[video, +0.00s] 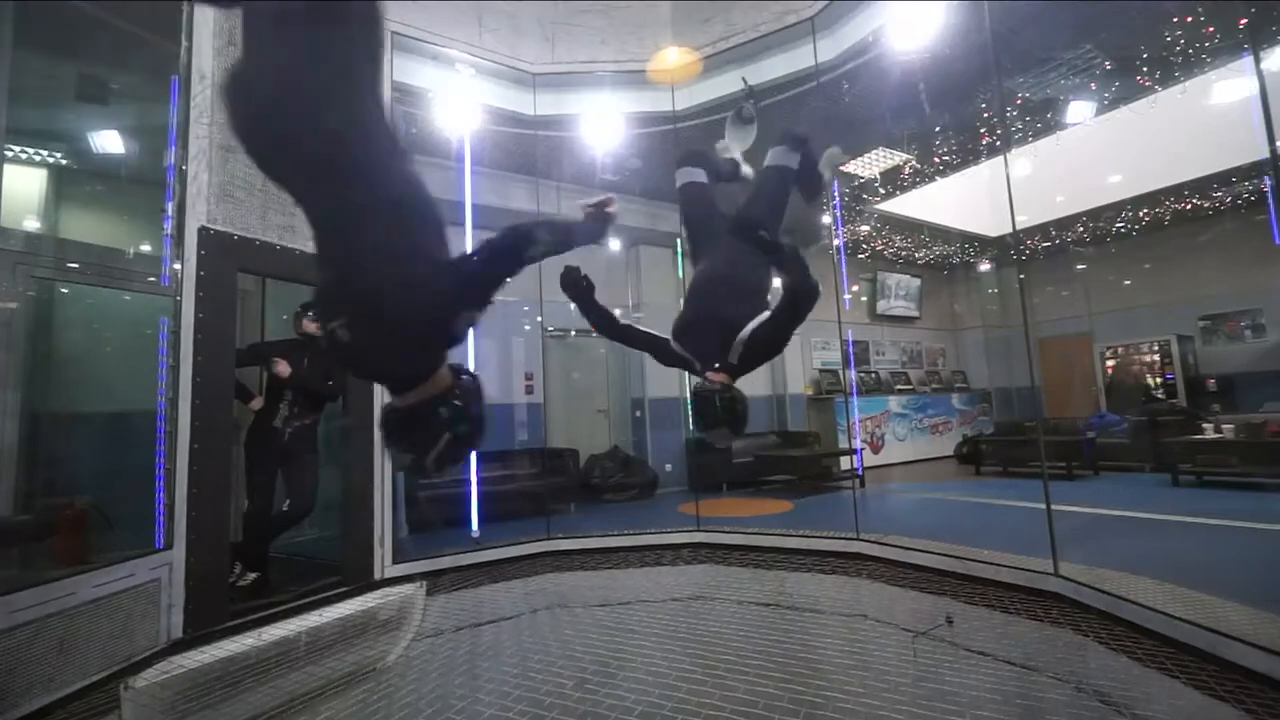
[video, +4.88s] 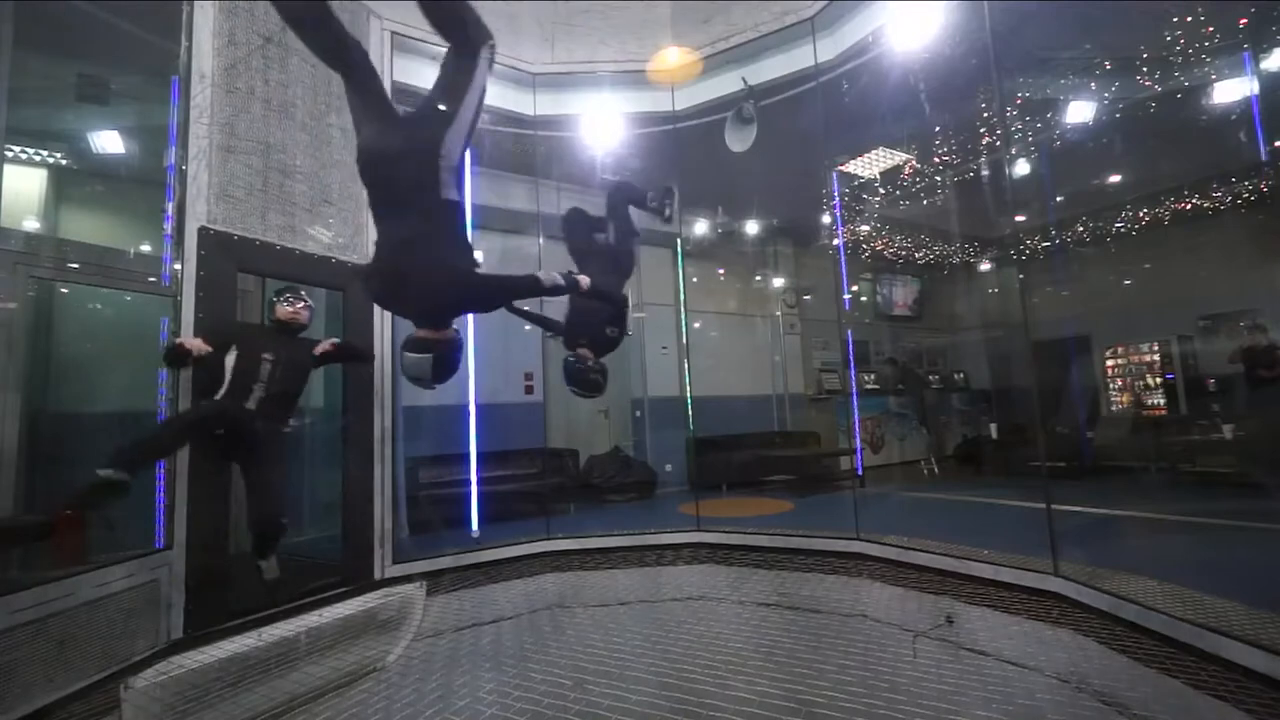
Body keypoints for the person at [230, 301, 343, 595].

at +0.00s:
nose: (311, 325)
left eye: (317, 320)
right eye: (307, 319)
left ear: (326, 325)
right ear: (298, 321)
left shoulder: (332, 356)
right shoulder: (280, 349)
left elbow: (333, 391)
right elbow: (224, 362)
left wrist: (292, 375)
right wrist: (249, 398)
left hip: (302, 440)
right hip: (264, 436)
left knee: (303, 505)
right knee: (260, 505)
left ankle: (242, 551)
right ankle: (255, 570)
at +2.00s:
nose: (323, 323)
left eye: (327, 319)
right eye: (315, 318)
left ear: (331, 325)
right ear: (300, 323)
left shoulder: (333, 357)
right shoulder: (279, 349)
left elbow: (332, 391)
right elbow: (223, 361)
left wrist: (291, 375)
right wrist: (248, 397)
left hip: (302, 440)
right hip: (264, 436)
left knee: (302, 505)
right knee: (259, 506)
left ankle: (242, 554)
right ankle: (255, 571)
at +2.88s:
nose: (319, 314)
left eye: (322, 309)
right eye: (314, 309)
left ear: (328, 313)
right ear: (302, 311)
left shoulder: (332, 346)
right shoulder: (274, 343)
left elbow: (341, 390)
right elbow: (256, 380)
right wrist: (297, 363)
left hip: (316, 439)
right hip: (281, 438)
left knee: (301, 506)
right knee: (272, 506)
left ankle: (286, 574)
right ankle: (258, 571)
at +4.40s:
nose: (315, 310)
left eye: (319, 306)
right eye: (307, 305)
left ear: (323, 313)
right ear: (290, 310)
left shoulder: (319, 351)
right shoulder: (266, 338)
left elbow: (352, 379)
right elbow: (235, 362)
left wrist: (354, 357)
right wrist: (279, 360)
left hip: (301, 437)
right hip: (265, 431)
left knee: (299, 506)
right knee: (229, 465)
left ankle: (283, 573)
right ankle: (236, 539)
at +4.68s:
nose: (310, 317)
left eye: (314, 313)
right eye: (301, 312)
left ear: (320, 322)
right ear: (284, 320)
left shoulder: (317, 355)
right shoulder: (262, 347)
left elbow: (335, 357)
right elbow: (209, 365)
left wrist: (352, 361)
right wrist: (252, 363)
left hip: (295, 446)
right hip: (256, 438)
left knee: (301, 517)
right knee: (216, 445)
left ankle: (281, 577)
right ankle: (191, 518)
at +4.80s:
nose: (305, 312)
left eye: (310, 309)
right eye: (297, 306)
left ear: (314, 321)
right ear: (280, 313)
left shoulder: (312, 352)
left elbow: (329, 356)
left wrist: (341, 356)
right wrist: (218, 349)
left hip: (282, 440)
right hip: (243, 431)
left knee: (288, 516)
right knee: (204, 426)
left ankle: (279, 575)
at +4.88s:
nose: (299, 306)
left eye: (305, 304)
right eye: (291, 301)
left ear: (309, 318)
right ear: (275, 308)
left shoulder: (309, 349)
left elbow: (364, 356)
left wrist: (338, 350)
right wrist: (182, 349)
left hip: (265, 434)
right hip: (222, 419)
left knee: (270, 518)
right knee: (194, 418)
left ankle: (265, 553)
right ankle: (124, 466)